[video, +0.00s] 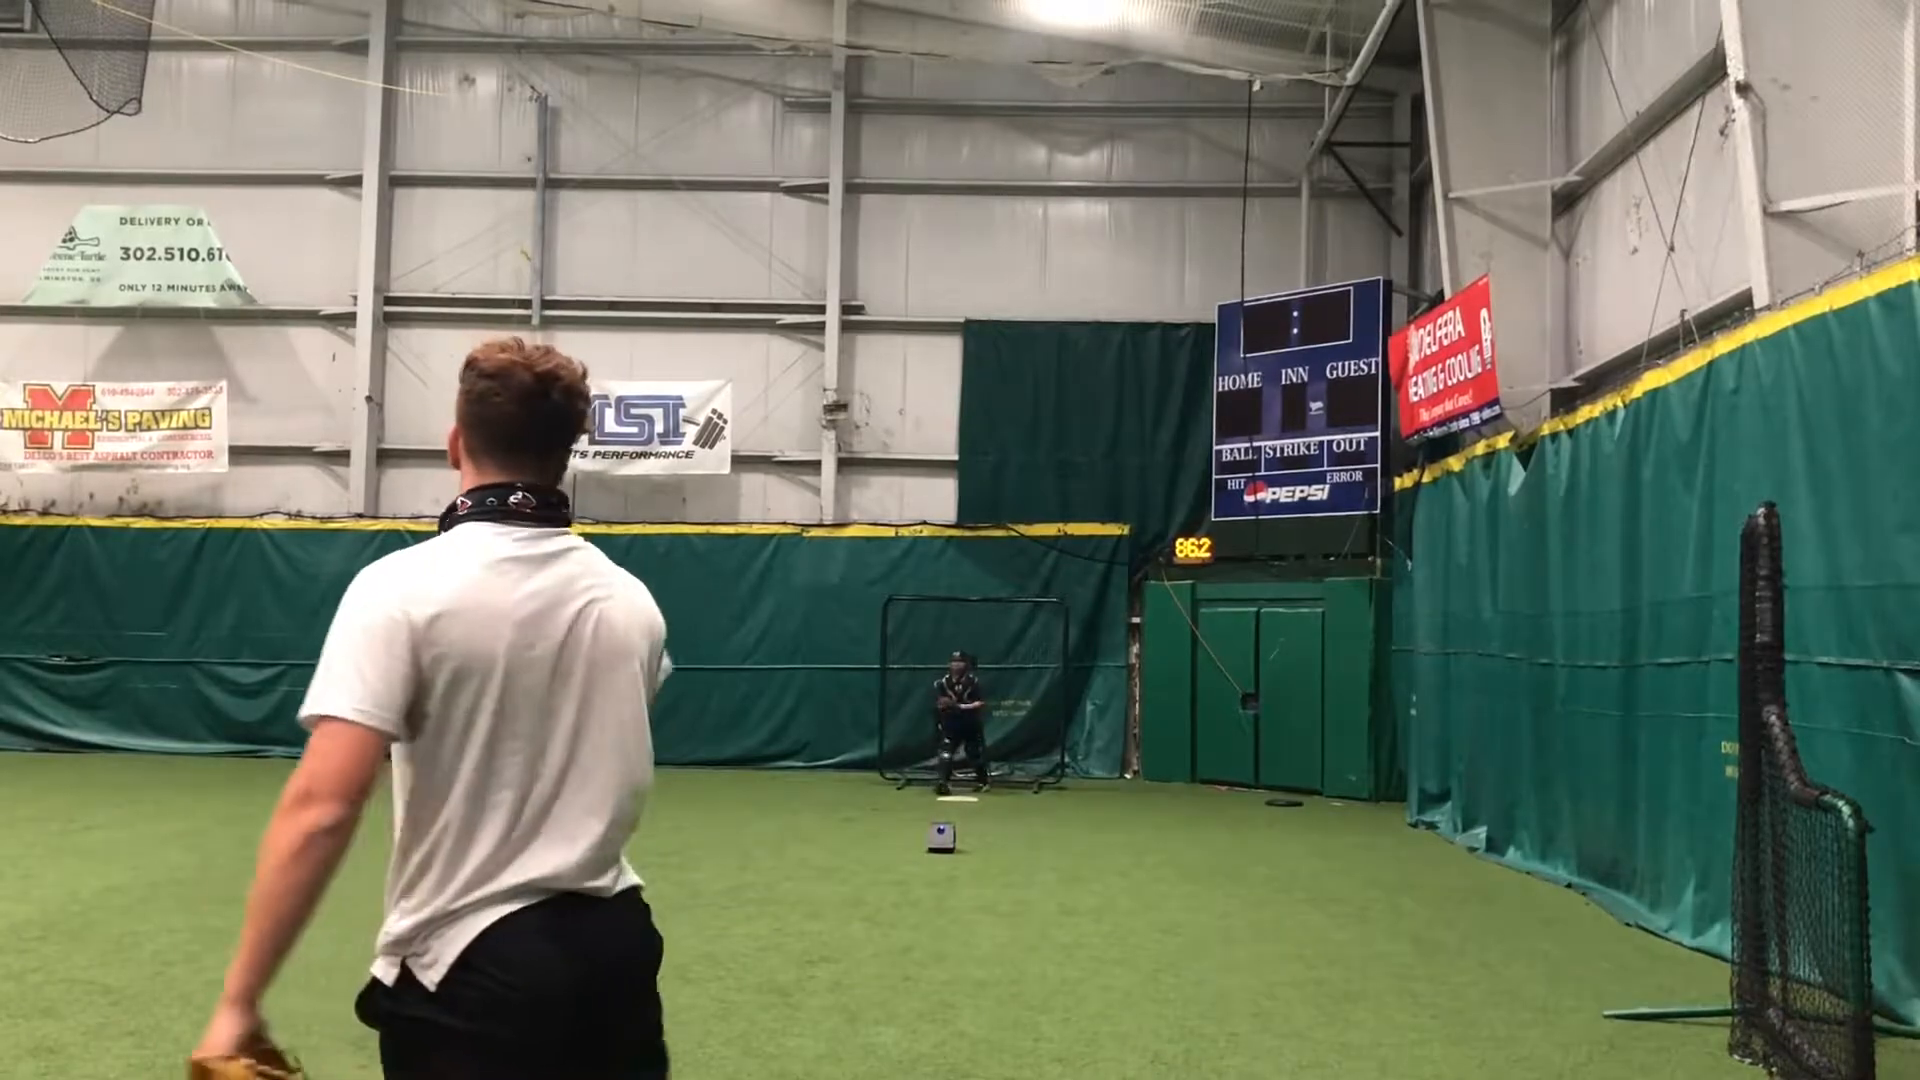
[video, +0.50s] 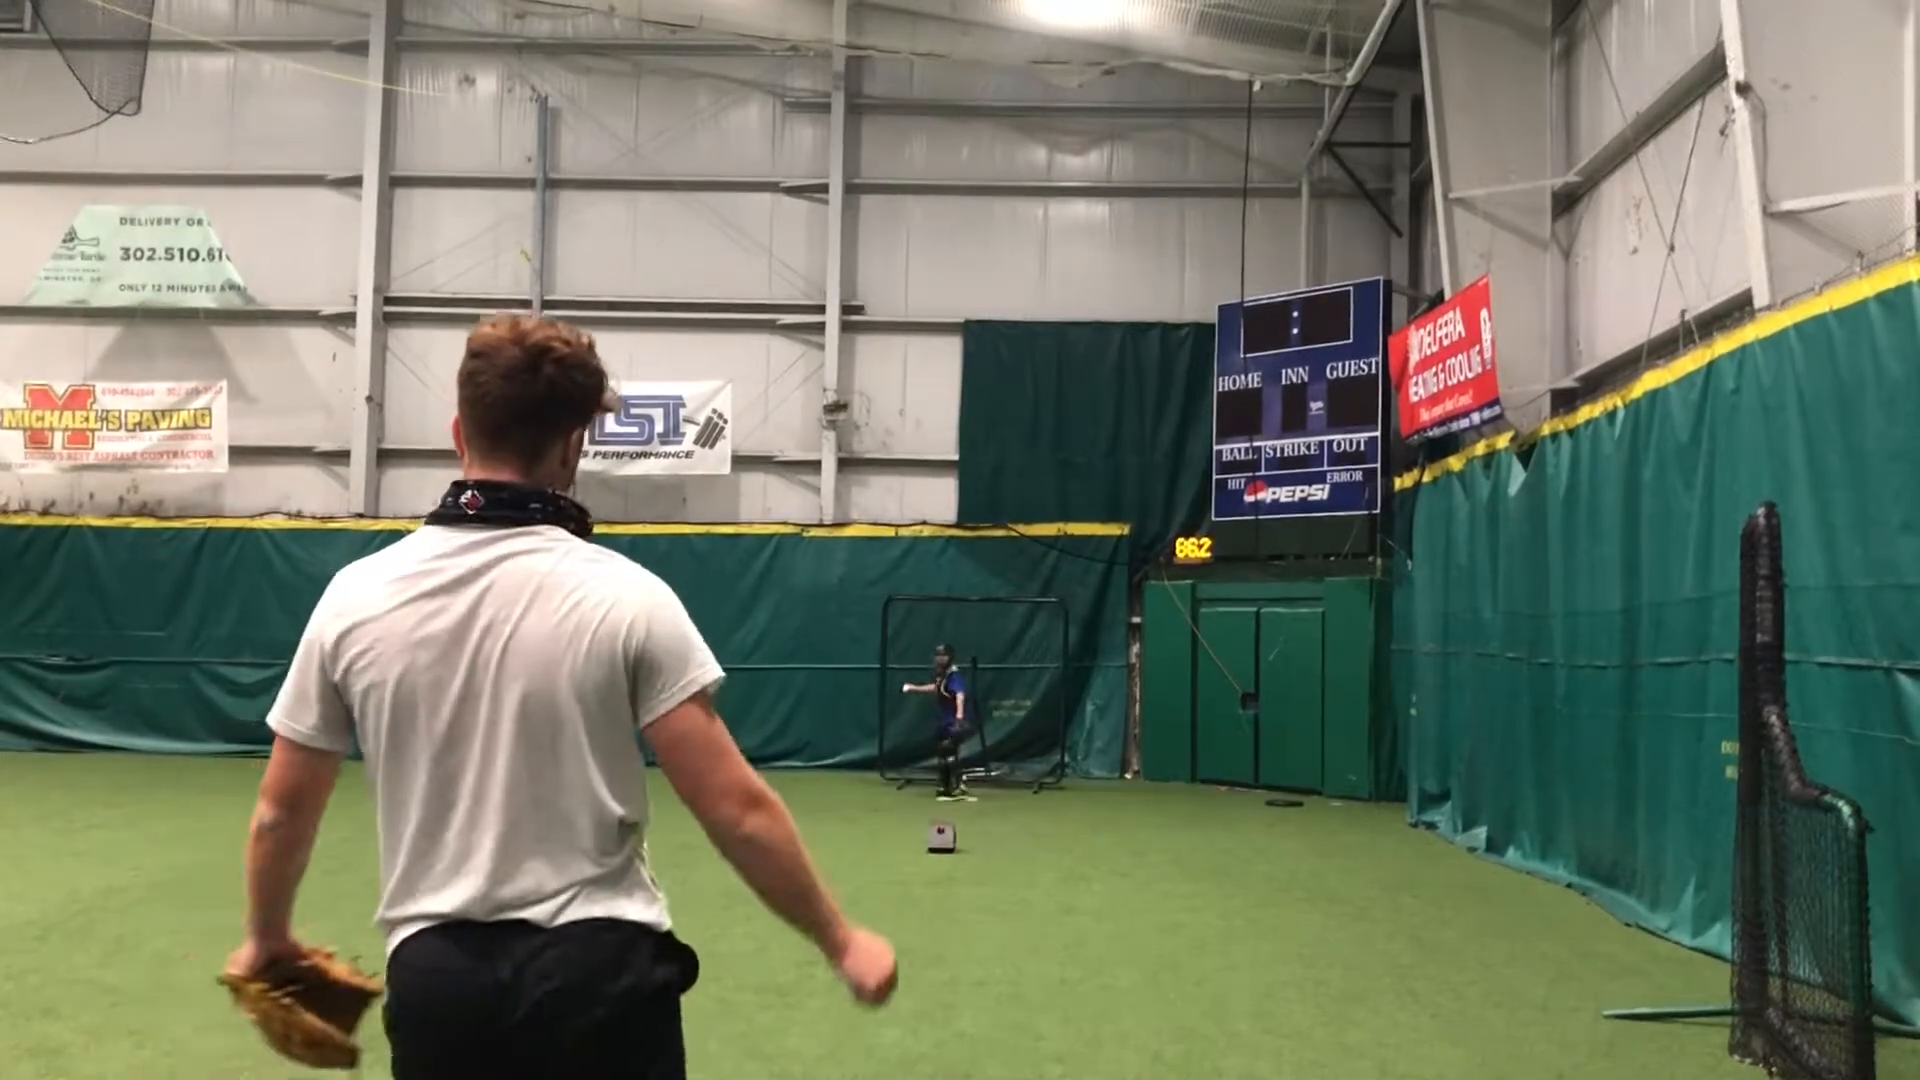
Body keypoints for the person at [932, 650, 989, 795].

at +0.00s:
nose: (956, 666)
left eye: (959, 662)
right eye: (953, 662)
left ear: (966, 665)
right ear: (950, 665)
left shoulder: (972, 683)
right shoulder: (942, 684)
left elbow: (980, 703)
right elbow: (939, 703)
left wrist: (958, 706)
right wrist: (945, 703)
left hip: (971, 725)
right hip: (951, 725)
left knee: (974, 753)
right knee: (945, 754)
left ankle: (983, 781)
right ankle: (943, 783)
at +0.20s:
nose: (947, 661)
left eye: (950, 658)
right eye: (945, 658)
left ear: (957, 660)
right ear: (942, 660)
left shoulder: (965, 677)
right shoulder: (935, 679)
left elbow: (967, 697)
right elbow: (932, 699)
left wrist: (949, 705)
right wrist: (939, 705)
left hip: (963, 720)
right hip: (944, 721)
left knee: (966, 751)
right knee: (945, 753)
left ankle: (973, 777)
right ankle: (945, 785)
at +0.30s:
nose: (944, 660)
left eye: (947, 656)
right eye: (941, 656)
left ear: (954, 658)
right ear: (938, 659)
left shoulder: (960, 675)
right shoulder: (934, 677)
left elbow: (961, 695)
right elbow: (934, 699)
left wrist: (944, 709)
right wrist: (920, 712)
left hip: (960, 718)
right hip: (942, 718)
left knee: (960, 750)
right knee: (943, 752)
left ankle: (965, 780)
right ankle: (944, 786)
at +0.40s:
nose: (942, 658)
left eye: (945, 655)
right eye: (940, 655)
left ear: (952, 657)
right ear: (937, 657)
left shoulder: (957, 674)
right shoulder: (936, 674)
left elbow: (960, 694)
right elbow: (933, 695)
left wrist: (950, 712)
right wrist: (913, 703)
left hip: (958, 716)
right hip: (942, 716)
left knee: (954, 748)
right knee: (942, 749)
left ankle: (958, 782)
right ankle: (945, 784)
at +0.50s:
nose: (939, 659)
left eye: (943, 656)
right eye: (937, 656)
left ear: (950, 658)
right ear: (936, 658)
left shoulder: (955, 676)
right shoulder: (942, 675)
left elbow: (960, 696)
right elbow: (934, 688)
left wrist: (959, 716)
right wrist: (913, 688)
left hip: (954, 719)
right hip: (944, 719)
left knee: (949, 751)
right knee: (943, 751)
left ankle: (953, 786)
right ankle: (946, 785)